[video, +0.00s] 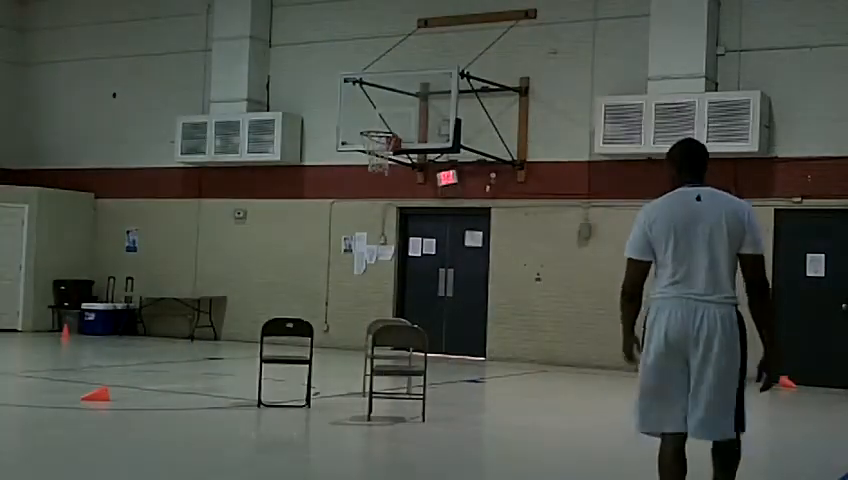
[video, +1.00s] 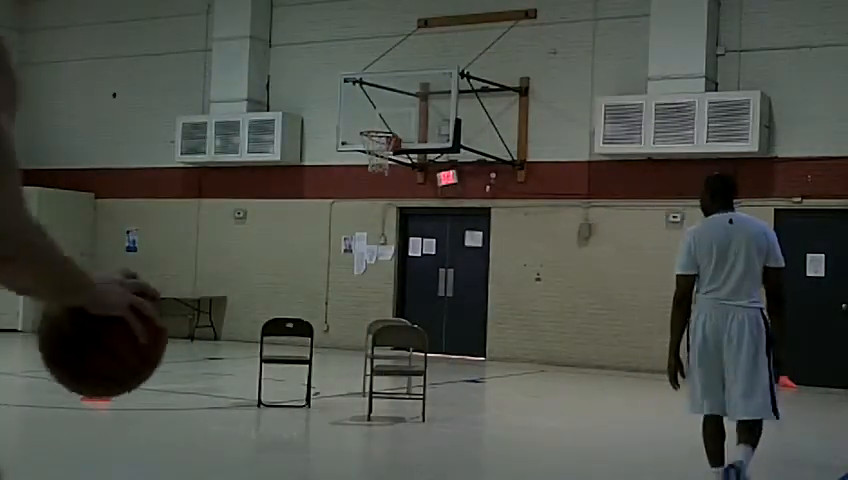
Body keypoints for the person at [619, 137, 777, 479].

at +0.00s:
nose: (666, 171)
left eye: (667, 166)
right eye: (668, 166)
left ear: (672, 168)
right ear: (706, 168)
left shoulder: (654, 211)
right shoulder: (738, 210)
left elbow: (631, 285)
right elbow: (757, 286)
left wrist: (628, 332)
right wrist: (770, 349)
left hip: (666, 323)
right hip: (720, 325)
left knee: (671, 432)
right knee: (725, 431)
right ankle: (723, 479)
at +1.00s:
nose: (700, 204)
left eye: (701, 199)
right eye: (701, 199)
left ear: (707, 200)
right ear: (734, 200)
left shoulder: (697, 234)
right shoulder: (762, 232)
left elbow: (682, 297)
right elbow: (775, 291)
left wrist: (673, 351)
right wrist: (778, 342)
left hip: (707, 320)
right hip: (748, 320)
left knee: (711, 405)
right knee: (751, 403)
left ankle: (718, 474)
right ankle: (741, 464)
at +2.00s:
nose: (712, 217)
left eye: (715, 212)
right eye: (713, 211)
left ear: (724, 214)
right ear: (741, 213)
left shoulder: (715, 245)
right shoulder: (769, 243)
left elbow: (706, 293)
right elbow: (779, 291)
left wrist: (697, 339)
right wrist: (774, 324)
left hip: (725, 317)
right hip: (760, 317)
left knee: (721, 390)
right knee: (754, 393)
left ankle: (726, 455)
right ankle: (744, 462)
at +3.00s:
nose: (695, 226)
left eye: (697, 222)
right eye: (697, 221)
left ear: (702, 223)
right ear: (720, 224)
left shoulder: (700, 247)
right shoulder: (741, 248)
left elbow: (697, 289)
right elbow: (752, 291)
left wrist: (692, 330)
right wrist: (738, 312)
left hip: (713, 313)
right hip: (742, 312)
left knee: (693, 371)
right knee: (748, 378)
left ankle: (684, 427)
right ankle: (754, 441)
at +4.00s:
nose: (581, 226)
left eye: (583, 221)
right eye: (582, 221)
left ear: (591, 222)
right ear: (602, 221)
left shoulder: (595, 244)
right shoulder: (616, 243)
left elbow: (587, 284)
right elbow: (620, 278)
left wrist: (578, 319)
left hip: (599, 307)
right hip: (614, 306)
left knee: (580, 361)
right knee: (603, 360)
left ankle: (609, 401)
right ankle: (604, 413)